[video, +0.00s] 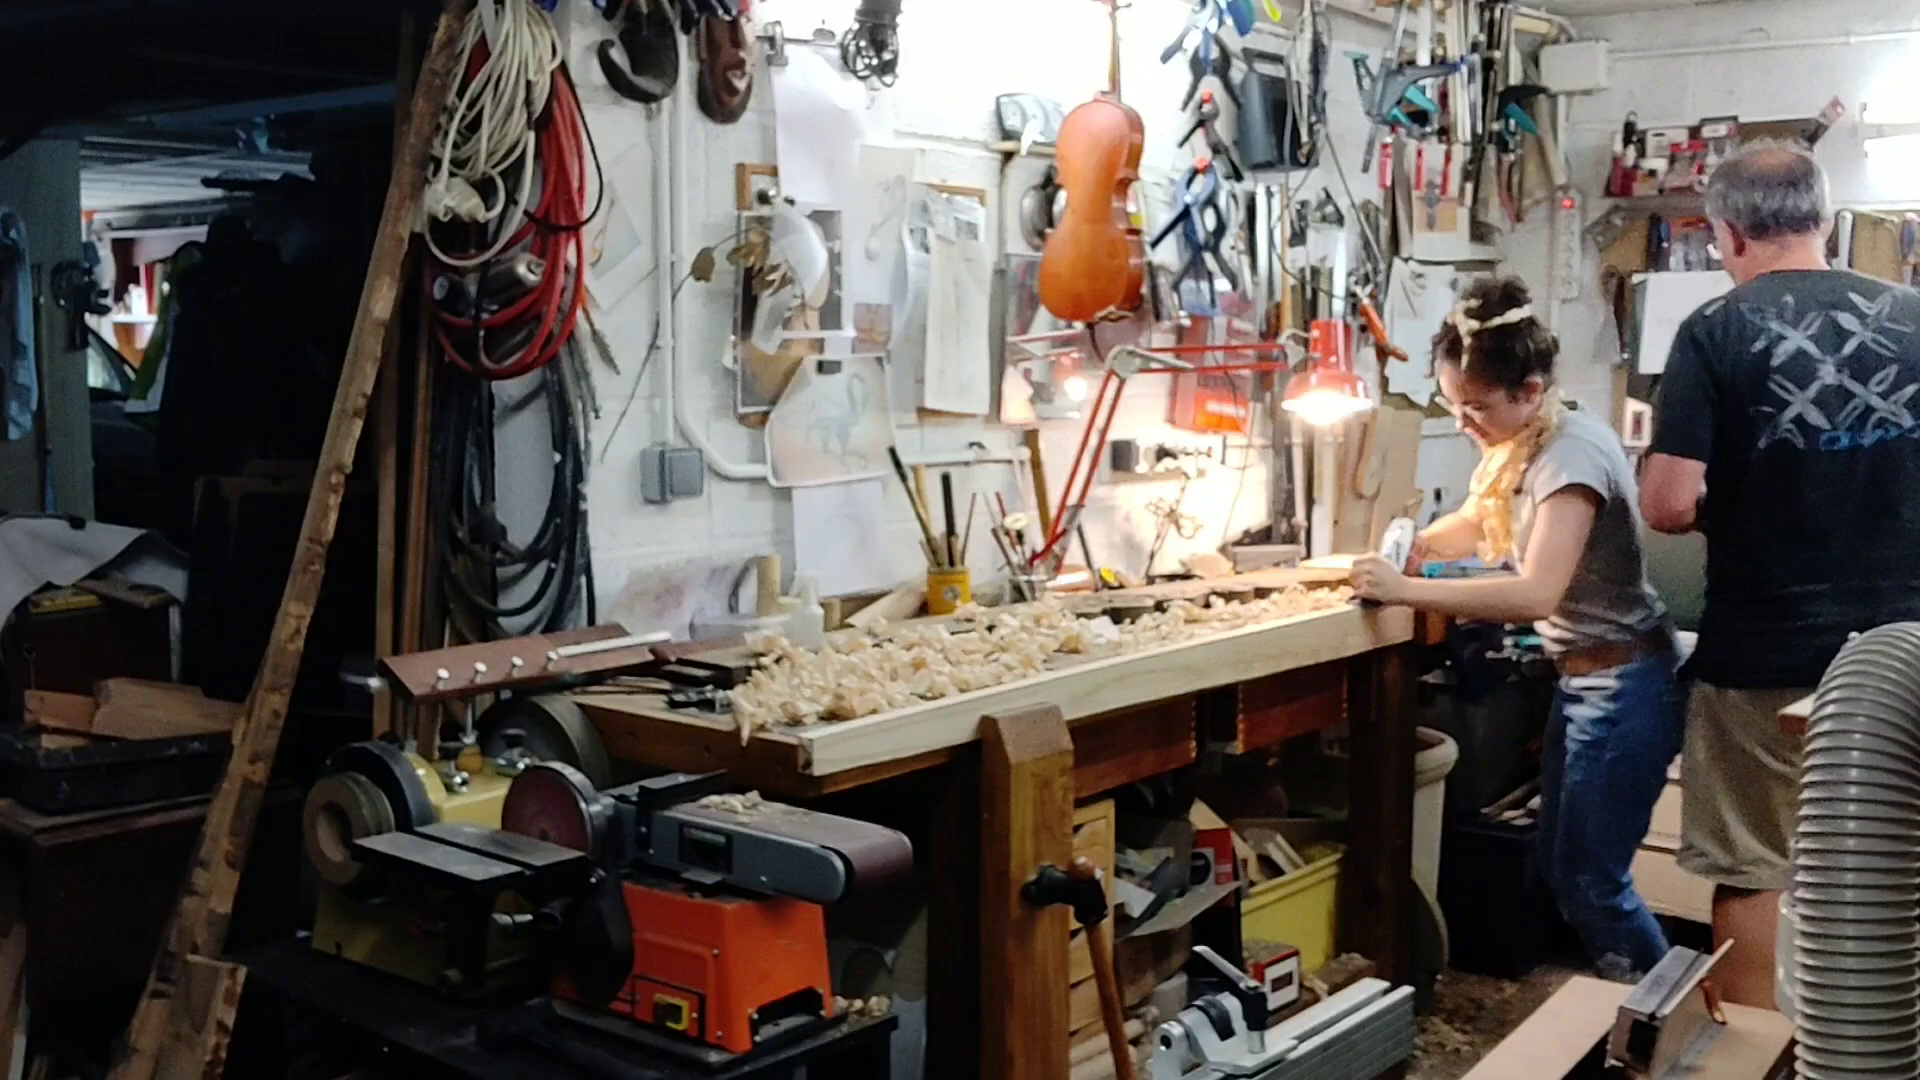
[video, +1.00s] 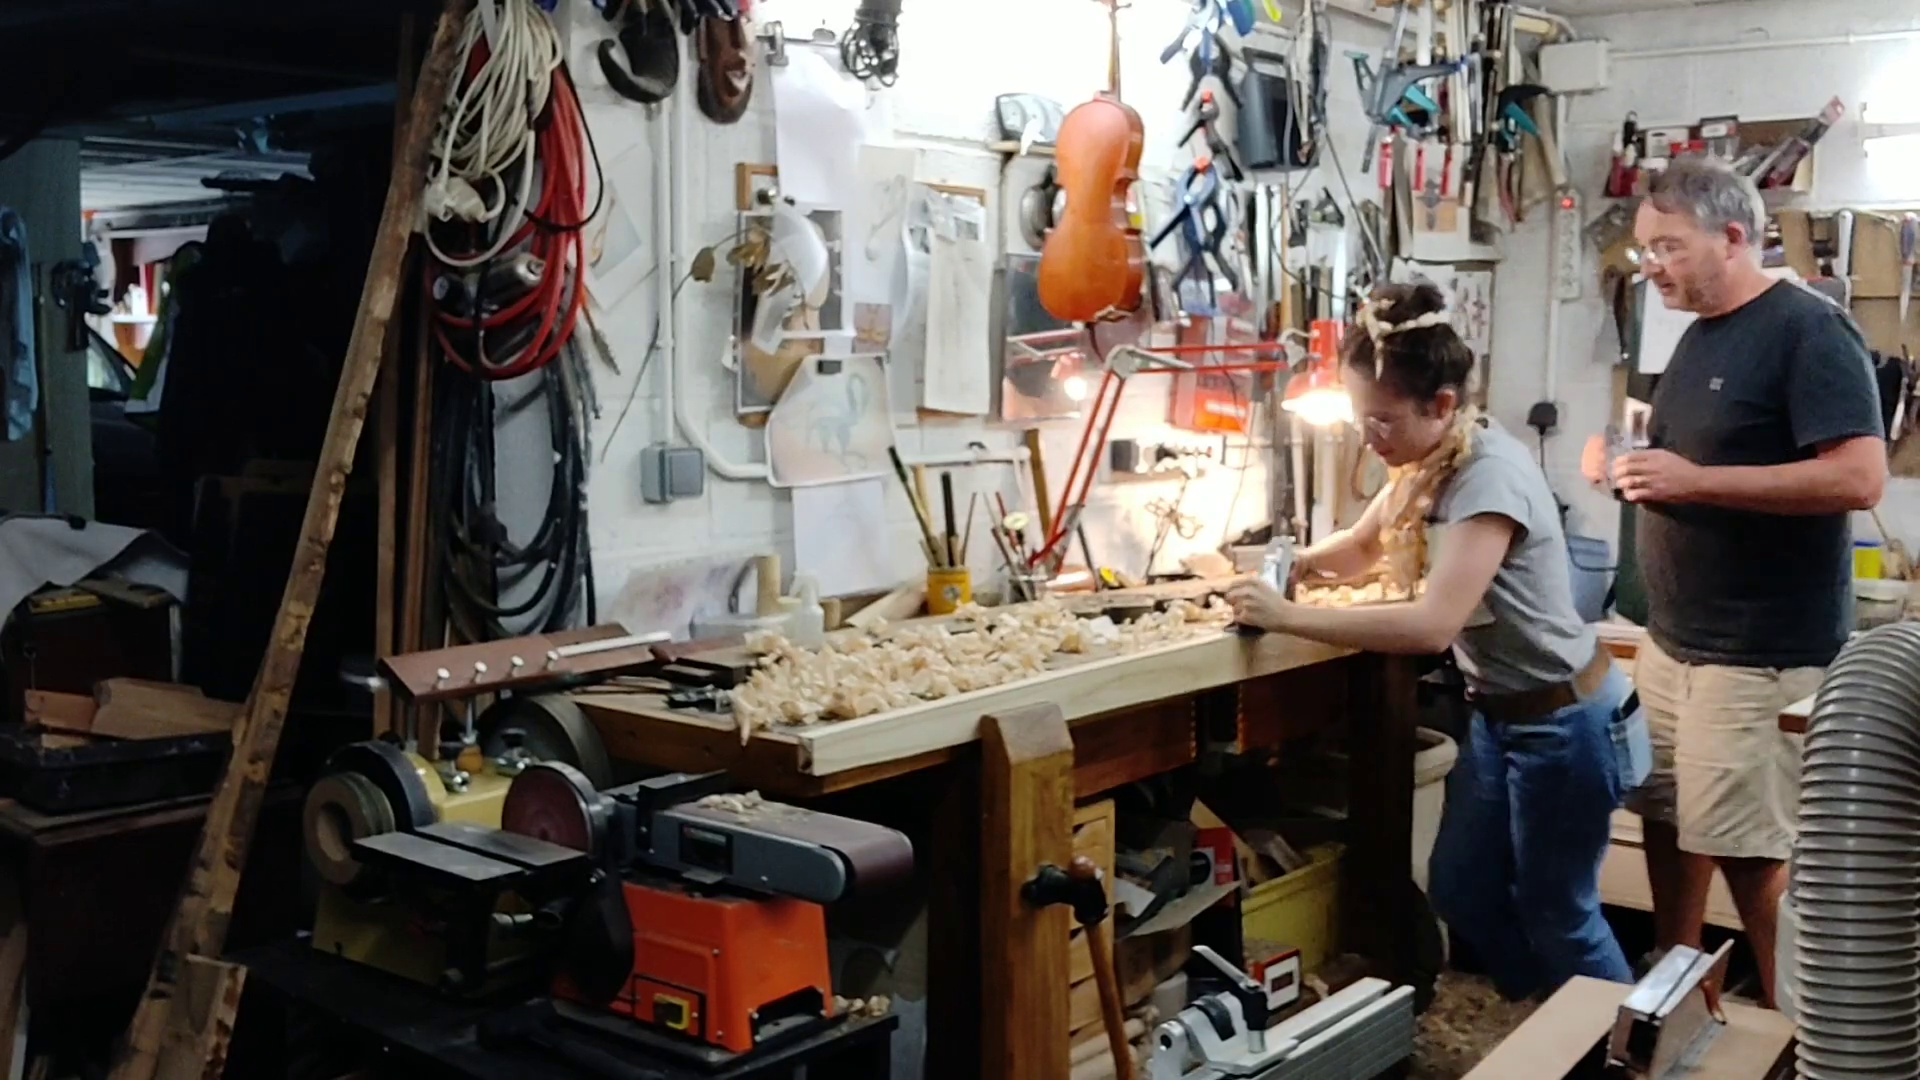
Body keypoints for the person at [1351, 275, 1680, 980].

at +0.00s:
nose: (1462, 420)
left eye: (1478, 406)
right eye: (1453, 405)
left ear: (1531, 390)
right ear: (1444, 384)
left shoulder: (1572, 453)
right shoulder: (1516, 453)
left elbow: (1538, 593)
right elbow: (1479, 524)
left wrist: (1407, 588)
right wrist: (1412, 546)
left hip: (1623, 682)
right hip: (1580, 679)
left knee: (1589, 881)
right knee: (1559, 873)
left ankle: (1673, 1018)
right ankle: (1628, 1016)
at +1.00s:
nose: (1368, 437)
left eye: (1382, 422)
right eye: (1361, 419)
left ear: (1442, 405)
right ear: (1356, 393)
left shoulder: (1492, 475)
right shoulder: (1425, 466)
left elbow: (1433, 624)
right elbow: (1365, 545)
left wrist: (1286, 615)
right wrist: (1292, 563)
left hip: (1563, 726)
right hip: (1492, 719)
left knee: (1560, 915)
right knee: (1462, 892)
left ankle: (1628, 1037)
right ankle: (1546, 1016)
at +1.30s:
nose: (1289, 440)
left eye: (1304, 423)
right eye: (1279, 421)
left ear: (1367, 405)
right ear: (1271, 396)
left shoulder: (1423, 481)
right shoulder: (1344, 470)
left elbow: (1369, 643)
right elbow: (1293, 557)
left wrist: (1219, 633)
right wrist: (1224, 575)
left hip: (1500, 740)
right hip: (1417, 734)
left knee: (1529, 931)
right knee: (1378, 912)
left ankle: (1625, 1043)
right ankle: (1424, 1064)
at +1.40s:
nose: (1249, 442)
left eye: (1264, 426)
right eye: (1241, 423)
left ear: (1330, 405)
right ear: (1239, 399)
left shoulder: (1391, 483)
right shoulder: (1309, 476)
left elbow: (1337, 648)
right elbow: (1254, 569)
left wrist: (1187, 642)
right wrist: (1178, 581)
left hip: (1468, 746)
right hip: (1386, 741)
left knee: (1466, 954)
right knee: (1376, 956)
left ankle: (1599, 1039)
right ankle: (1424, 1076)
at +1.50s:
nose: (1217, 449)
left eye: (1231, 430)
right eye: (1208, 429)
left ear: (1295, 407)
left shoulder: (1360, 481)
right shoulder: (1283, 483)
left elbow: (1314, 652)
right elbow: (1221, 572)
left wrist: (1162, 652)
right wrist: (1144, 597)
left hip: (1439, 752)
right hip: (1362, 745)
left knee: (1395, 971)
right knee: (1353, 962)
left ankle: (1523, 1061)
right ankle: (1452, 1062)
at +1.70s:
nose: (1158, 457)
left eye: (1172, 438)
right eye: (1150, 437)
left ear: (1242, 416)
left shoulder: (1304, 497)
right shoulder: (1242, 492)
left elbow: (1249, 677)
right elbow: (1176, 578)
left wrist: (1084, 661)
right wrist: (1099, 598)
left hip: (1376, 777)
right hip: (1318, 774)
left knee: (1278, 977)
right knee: (1375, 979)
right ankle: (1444, 1074)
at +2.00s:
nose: (1059, 445)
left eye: (1068, 423)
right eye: (1052, 424)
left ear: (1144, 402)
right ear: (1139, 406)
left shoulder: (1219, 494)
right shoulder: (1165, 480)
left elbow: (1142, 696)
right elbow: (1102, 584)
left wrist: (964, 689)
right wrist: (1010, 620)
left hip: (1325, 795)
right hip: (1294, 787)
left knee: (1194, 1026)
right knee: (1348, 1013)